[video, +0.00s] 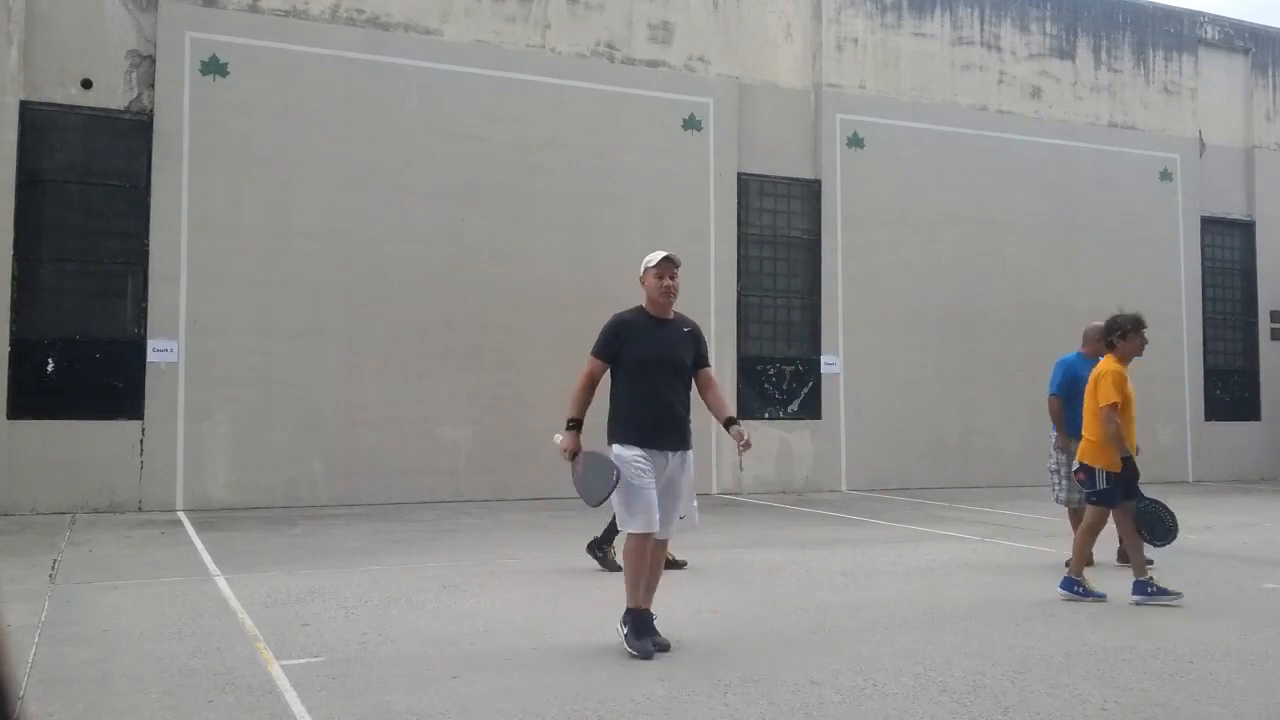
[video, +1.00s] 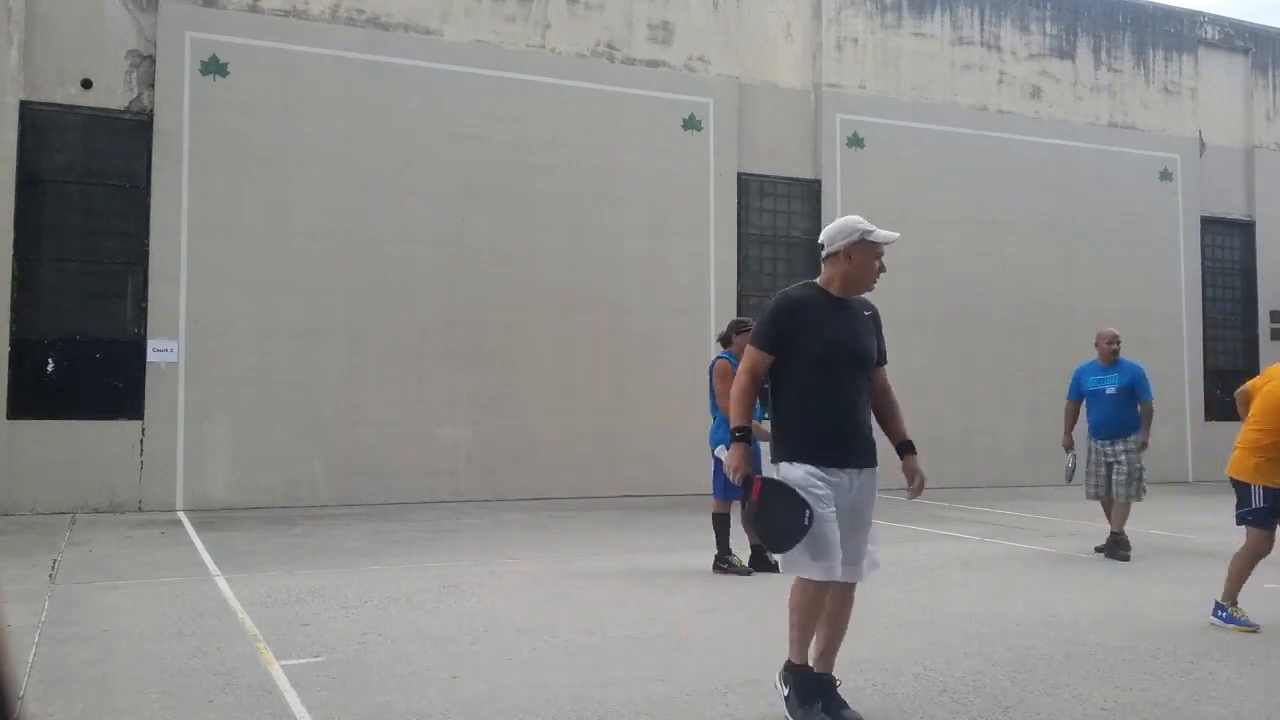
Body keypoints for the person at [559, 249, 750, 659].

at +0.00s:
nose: (668, 281)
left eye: (673, 276)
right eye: (660, 275)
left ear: (680, 284)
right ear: (643, 281)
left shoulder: (689, 331)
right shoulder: (622, 325)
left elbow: (708, 385)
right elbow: (590, 377)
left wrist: (731, 423)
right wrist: (572, 429)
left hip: (674, 447)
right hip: (631, 444)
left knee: (661, 533)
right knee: (641, 526)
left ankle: (644, 616)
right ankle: (633, 617)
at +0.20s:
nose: (691, 283)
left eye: (696, 277)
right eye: (682, 276)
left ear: (702, 285)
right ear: (665, 283)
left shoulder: (715, 335)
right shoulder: (642, 333)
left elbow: (731, 386)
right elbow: (611, 389)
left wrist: (740, 413)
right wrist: (590, 439)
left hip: (700, 458)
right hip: (655, 457)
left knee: (672, 542)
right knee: (673, 544)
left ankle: (644, 611)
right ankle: (691, 643)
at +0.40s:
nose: (721, 274)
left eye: (725, 268)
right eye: (712, 267)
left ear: (729, 275)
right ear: (689, 272)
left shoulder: (739, 325)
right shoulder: (665, 326)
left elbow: (754, 387)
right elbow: (638, 389)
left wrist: (763, 437)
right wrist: (632, 445)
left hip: (730, 458)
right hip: (678, 457)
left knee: (731, 551)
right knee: (689, 552)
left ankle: (682, 593)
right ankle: (697, 648)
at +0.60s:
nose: (771, 271)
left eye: (770, 264)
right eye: (761, 264)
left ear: (754, 273)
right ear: (732, 271)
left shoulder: (768, 322)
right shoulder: (695, 321)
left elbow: (781, 384)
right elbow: (662, 383)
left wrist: (798, 442)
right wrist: (673, 433)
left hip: (766, 459)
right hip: (708, 460)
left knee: (775, 551)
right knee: (703, 556)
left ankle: (774, 659)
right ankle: (698, 652)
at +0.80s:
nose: (834, 274)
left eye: (833, 266)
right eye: (826, 266)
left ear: (805, 271)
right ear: (794, 269)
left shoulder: (822, 327)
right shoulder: (745, 323)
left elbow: (829, 395)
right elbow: (709, 385)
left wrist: (843, 455)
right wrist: (717, 441)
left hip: (816, 471)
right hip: (753, 471)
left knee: (827, 568)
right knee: (740, 570)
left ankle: (819, 681)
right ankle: (713, 635)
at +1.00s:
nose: (882, 266)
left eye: (882, 257)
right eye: (875, 257)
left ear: (852, 258)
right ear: (844, 256)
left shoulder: (866, 314)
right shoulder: (789, 307)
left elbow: (880, 388)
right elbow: (746, 376)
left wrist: (905, 450)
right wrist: (738, 440)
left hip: (857, 468)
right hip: (803, 466)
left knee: (846, 574)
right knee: (816, 569)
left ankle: (823, 678)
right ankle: (795, 671)